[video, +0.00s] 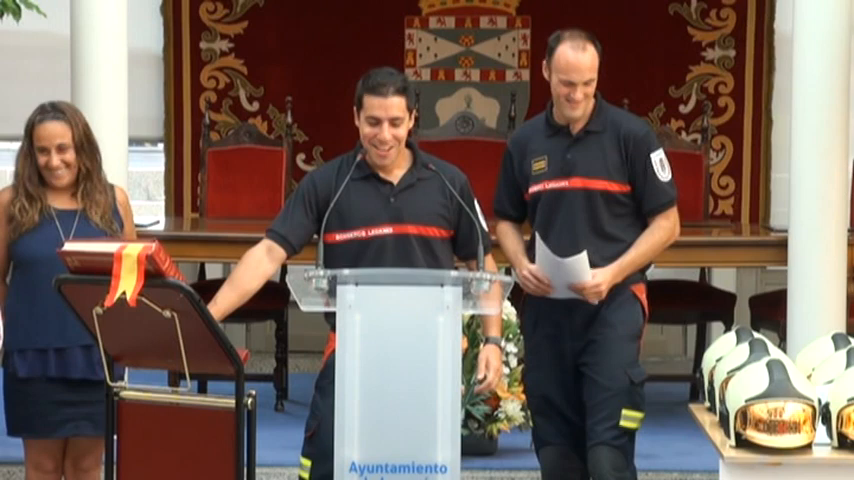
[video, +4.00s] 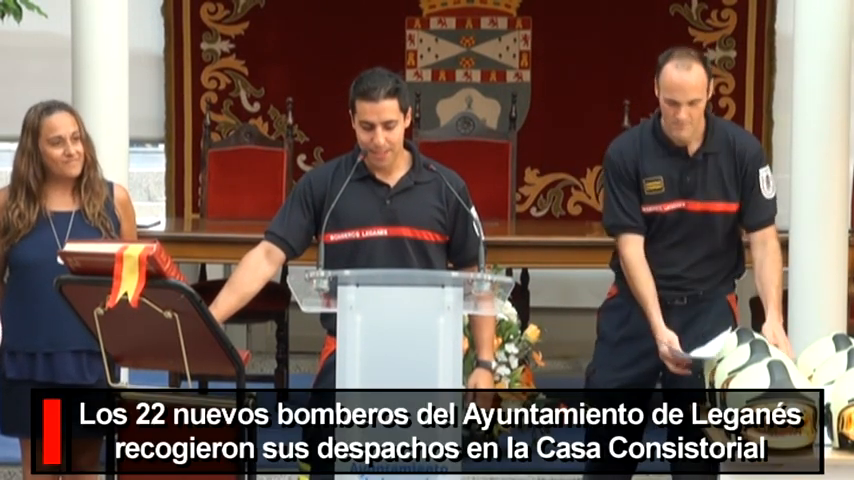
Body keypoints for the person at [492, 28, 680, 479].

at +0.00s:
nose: (577, 95)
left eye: (586, 84)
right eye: (567, 83)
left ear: (598, 78)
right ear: (546, 73)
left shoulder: (632, 135)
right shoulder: (524, 141)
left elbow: (668, 223)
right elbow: (504, 219)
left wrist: (613, 273)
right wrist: (520, 264)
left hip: (612, 306)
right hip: (545, 309)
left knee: (606, 448)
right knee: (556, 451)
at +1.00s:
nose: (645, 86)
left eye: (658, 75)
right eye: (640, 73)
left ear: (684, 75)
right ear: (632, 71)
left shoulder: (719, 143)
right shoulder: (610, 138)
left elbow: (748, 236)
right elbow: (589, 214)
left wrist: (678, 277)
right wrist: (598, 256)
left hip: (682, 318)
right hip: (613, 313)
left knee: (681, 454)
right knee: (591, 451)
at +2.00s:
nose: (664, 81)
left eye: (677, 73)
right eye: (660, 70)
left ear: (706, 77)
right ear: (654, 71)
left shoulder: (736, 145)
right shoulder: (634, 140)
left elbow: (763, 242)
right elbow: (612, 216)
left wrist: (688, 278)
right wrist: (613, 255)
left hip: (697, 318)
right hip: (631, 311)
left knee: (691, 454)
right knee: (607, 449)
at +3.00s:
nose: (681, 91)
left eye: (691, 81)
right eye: (672, 79)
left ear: (707, 79)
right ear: (657, 76)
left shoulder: (737, 145)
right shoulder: (631, 141)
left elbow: (765, 242)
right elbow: (611, 220)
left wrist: (691, 279)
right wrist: (615, 259)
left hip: (699, 328)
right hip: (631, 322)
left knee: (693, 462)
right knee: (607, 458)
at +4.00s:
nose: (682, 115)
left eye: (693, 103)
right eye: (672, 103)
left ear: (709, 94)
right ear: (657, 94)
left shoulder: (743, 151)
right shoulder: (627, 153)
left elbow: (764, 240)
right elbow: (630, 249)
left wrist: (773, 318)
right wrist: (659, 328)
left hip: (708, 313)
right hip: (635, 309)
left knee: (700, 448)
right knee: (609, 445)